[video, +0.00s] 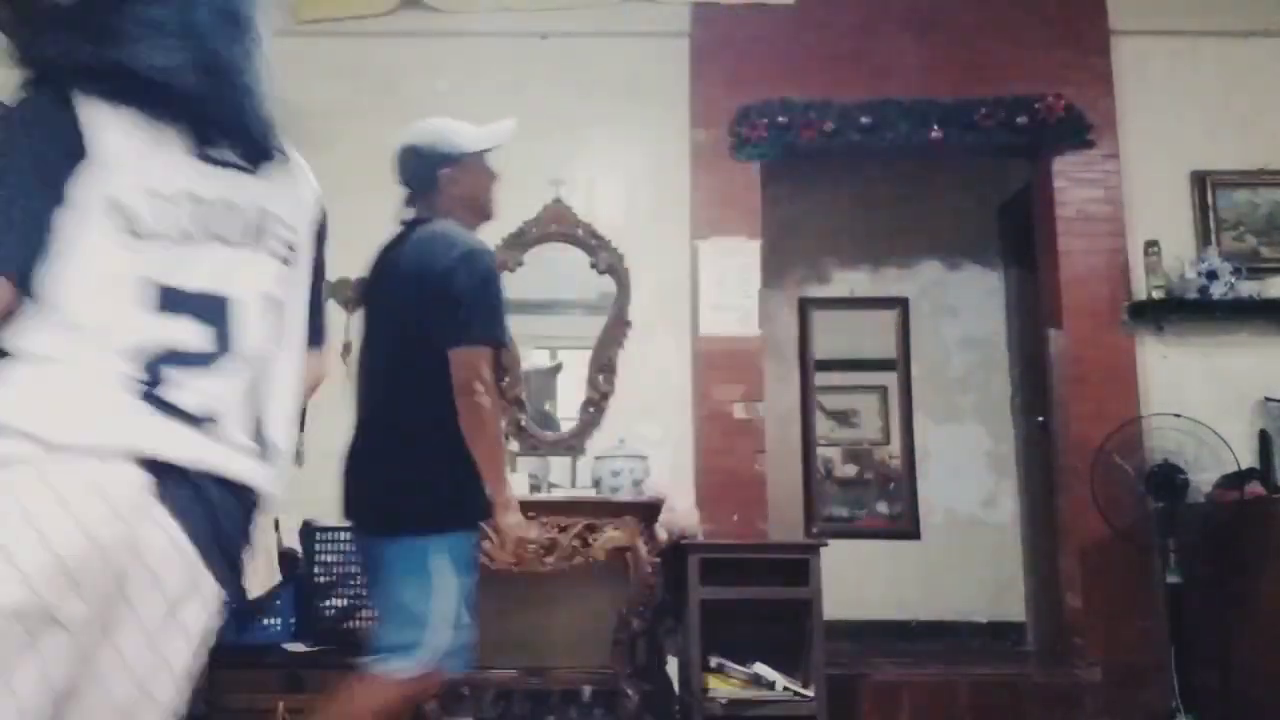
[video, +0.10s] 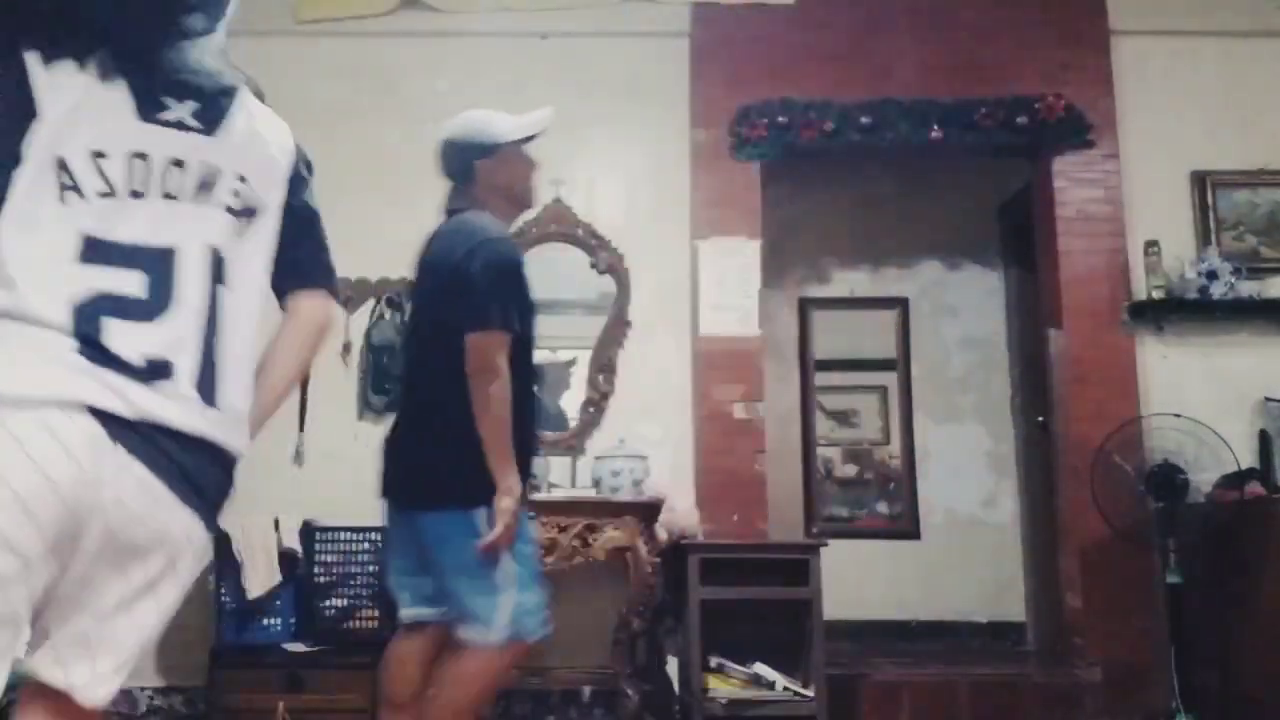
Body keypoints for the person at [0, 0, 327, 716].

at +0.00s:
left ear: (67, 17)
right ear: (229, 28)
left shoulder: (57, 117)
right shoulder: (293, 177)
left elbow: (2, 288)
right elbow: (310, 364)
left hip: (44, 475)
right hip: (205, 508)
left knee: (20, 700)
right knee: (128, 706)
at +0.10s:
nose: (221, 10)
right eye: (219, 12)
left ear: (110, 9)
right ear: (216, 18)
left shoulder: (30, 74)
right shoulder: (274, 144)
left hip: (25, 428)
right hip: (175, 479)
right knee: (59, 703)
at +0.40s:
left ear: (113, 149)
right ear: (218, 168)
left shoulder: (54, 241)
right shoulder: (254, 276)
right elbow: (233, 427)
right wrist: (154, 457)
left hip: (15, 509)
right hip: (133, 552)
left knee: (16, 697)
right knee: (64, 708)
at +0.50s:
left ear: (169, 163)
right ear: (258, 171)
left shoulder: (105, 242)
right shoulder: (288, 269)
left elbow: (51, 375)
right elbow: (280, 405)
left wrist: (12, 463)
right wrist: (205, 402)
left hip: (44, 496)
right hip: (168, 527)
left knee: (18, 695)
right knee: (86, 707)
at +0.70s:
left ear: (237, 182)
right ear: (325, 183)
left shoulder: (202, 260)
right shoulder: (332, 255)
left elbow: (169, 387)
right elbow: (366, 385)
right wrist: (344, 429)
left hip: (179, 476)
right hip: (267, 492)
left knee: (220, 670)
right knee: (187, 675)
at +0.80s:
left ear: (288, 234)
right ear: (366, 239)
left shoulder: (256, 304)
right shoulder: (368, 314)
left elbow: (222, 432)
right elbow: (386, 437)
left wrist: (200, 543)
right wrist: (403, 536)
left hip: (232, 520)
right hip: (299, 535)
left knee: (292, 690)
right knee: (203, 692)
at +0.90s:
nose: (415, 266)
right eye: (411, 256)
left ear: (341, 254)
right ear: (403, 260)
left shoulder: (316, 323)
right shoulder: (417, 328)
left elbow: (292, 431)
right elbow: (430, 442)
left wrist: (271, 530)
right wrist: (454, 540)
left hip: (306, 521)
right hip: (366, 529)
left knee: (365, 668)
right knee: (298, 687)